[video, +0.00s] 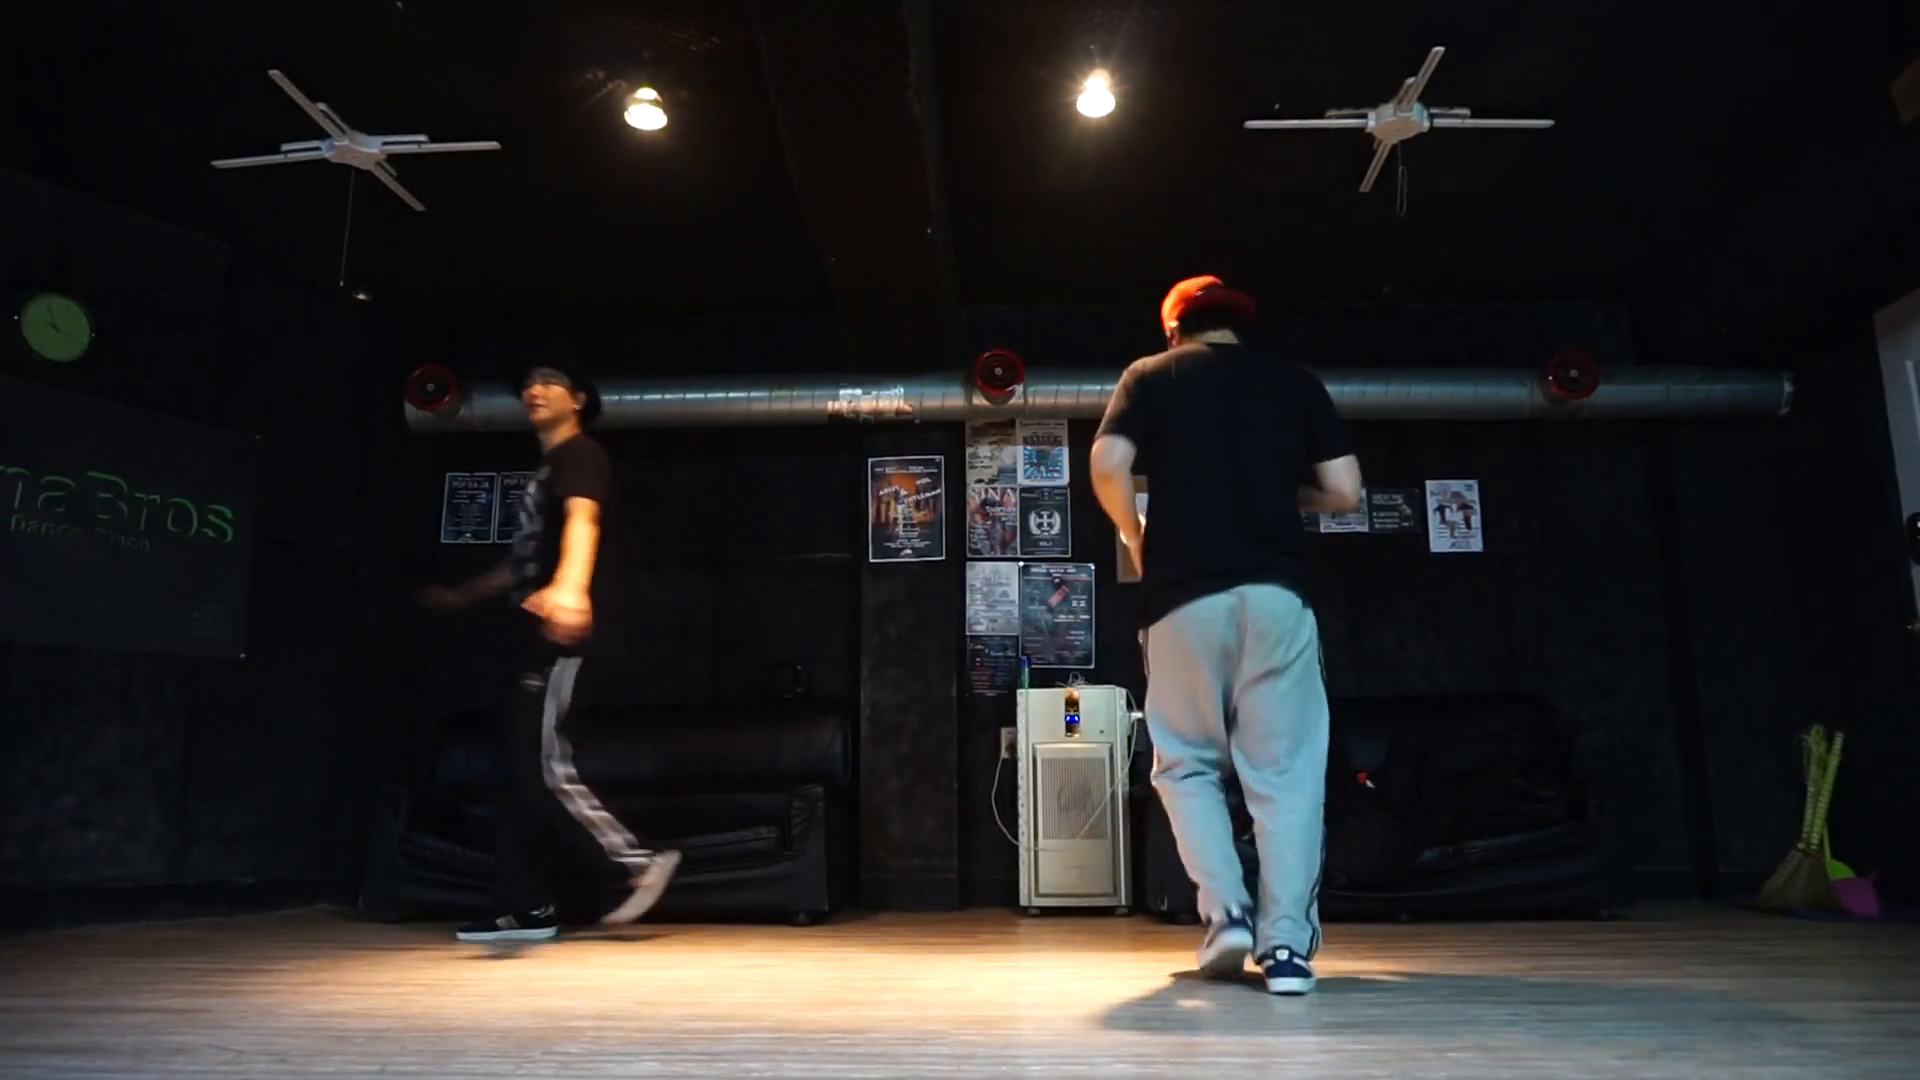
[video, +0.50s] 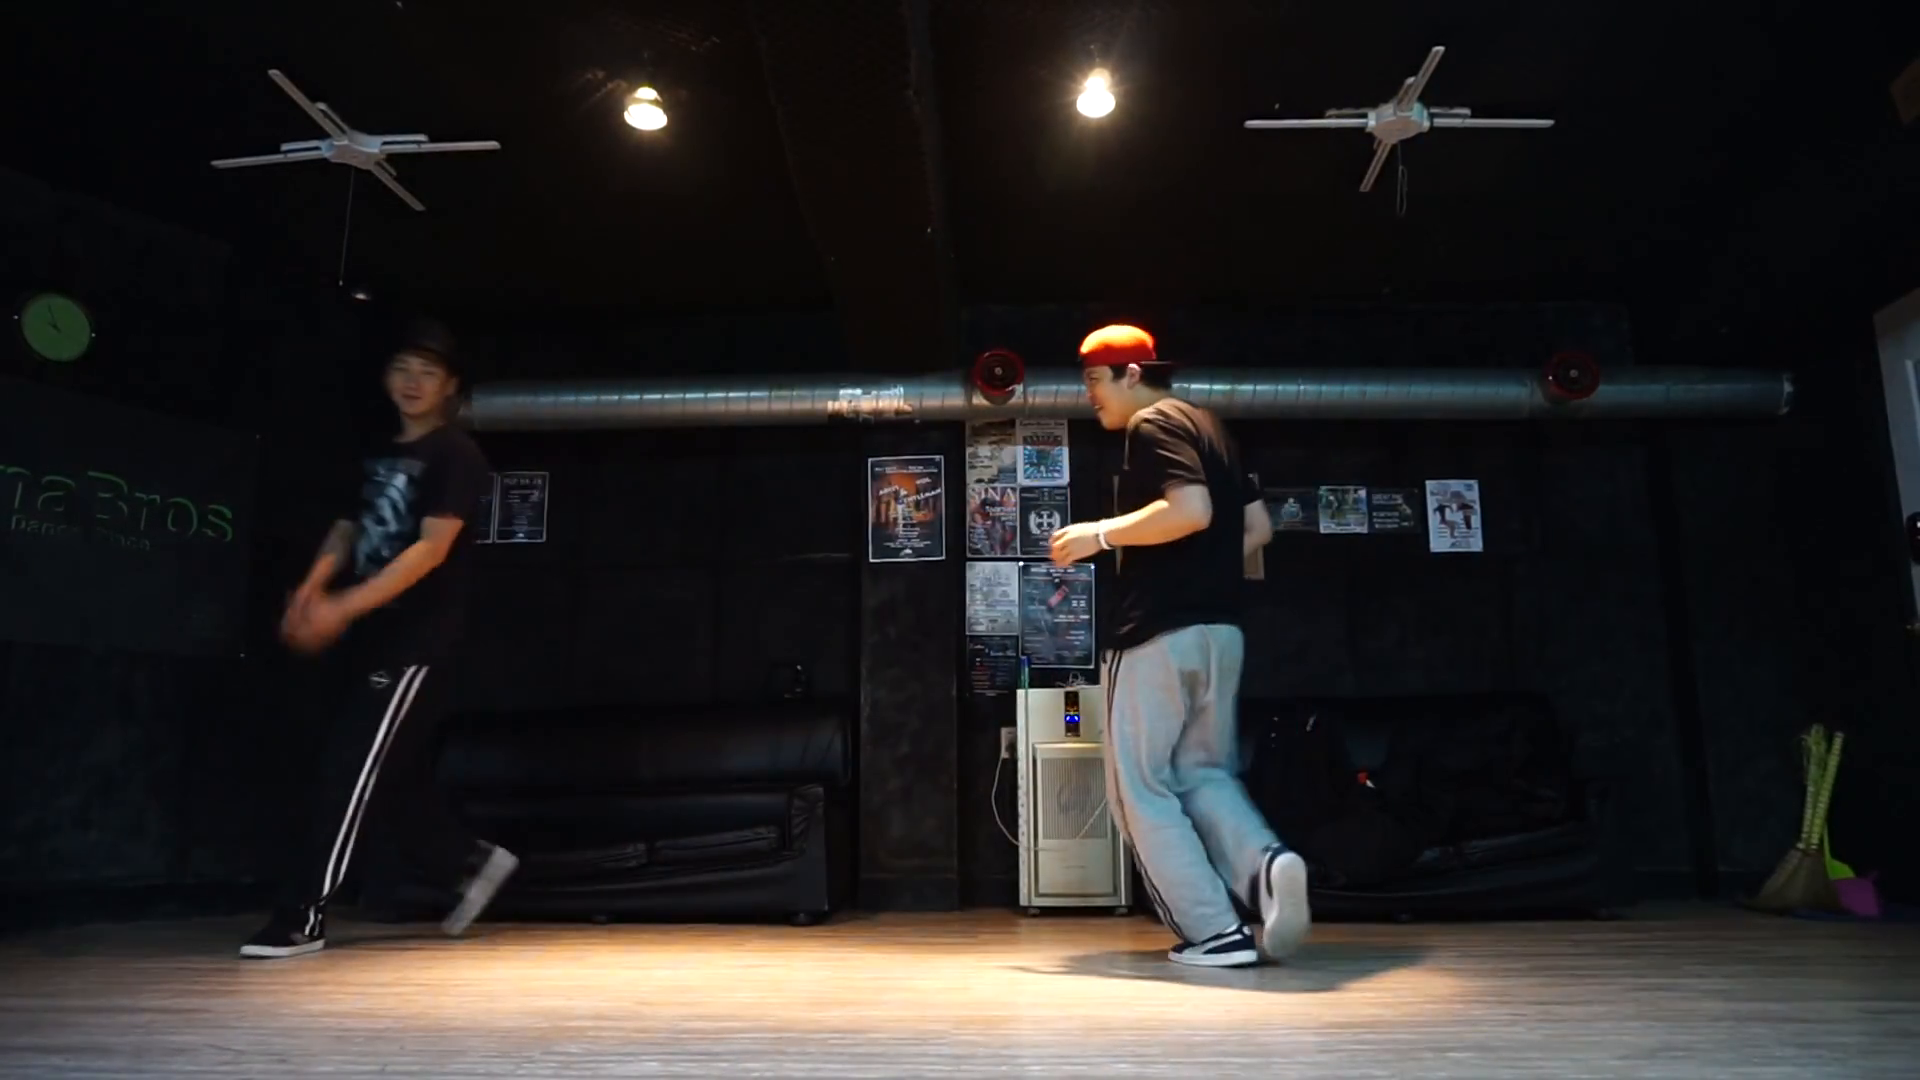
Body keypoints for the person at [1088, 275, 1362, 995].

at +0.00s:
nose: (1171, 340)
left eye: (1169, 330)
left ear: (1174, 331)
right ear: (1241, 324)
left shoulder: (1148, 377)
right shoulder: (1291, 378)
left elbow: (1107, 461)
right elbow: (1342, 491)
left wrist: (1132, 533)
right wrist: (1274, 490)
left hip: (1185, 596)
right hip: (1276, 592)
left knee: (1187, 764)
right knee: (1285, 775)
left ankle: (1227, 919)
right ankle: (1288, 948)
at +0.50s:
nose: (1090, 395)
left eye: (1094, 381)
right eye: (1088, 382)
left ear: (1126, 374)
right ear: (1148, 374)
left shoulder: (1152, 423)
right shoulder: (1209, 424)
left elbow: (1187, 510)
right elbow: (1255, 526)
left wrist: (1099, 533)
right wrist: (1185, 549)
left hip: (1159, 635)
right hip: (1220, 630)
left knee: (1141, 788)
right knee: (1205, 770)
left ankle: (1216, 936)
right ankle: (1263, 869)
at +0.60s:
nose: (1081, 392)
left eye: (1087, 378)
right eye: (1080, 380)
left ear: (1119, 372)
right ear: (1131, 373)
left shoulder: (1146, 423)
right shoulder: (1191, 423)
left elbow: (1180, 506)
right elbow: (1243, 524)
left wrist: (1088, 530)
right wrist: (1174, 560)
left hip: (1153, 634)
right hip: (1203, 629)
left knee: (1134, 788)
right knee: (1163, 770)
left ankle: (1216, 935)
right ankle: (1237, 885)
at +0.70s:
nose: (1068, 380)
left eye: (1076, 368)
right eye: (1068, 369)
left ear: (1112, 367)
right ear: (1117, 372)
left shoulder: (1132, 413)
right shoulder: (1166, 417)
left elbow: (1165, 490)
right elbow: (1228, 510)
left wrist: (1068, 518)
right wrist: (1157, 552)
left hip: (1146, 620)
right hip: (1178, 616)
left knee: (1144, 781)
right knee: (1120, 776)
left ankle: (1219, 930)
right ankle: (1154, 913)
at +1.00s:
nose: (1026, 406)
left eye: (1037, 394)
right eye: (1023, 397)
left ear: (1071, 395)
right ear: (1035, 405)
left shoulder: (1084, 435)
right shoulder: (1101, 441)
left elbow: (1111, 494)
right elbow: (1166, 528)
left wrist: (1025, 534)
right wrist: (1099, 564)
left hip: (1105, 645)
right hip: (1091, 643)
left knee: (1085, 787)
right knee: (1061, 782)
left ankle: (1200, 892)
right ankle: (1090, 923)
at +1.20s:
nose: (1002, 415)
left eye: (1014, 404)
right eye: (997, 407)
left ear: (1047, 409)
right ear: (995, 418)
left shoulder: (1067, 454)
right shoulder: (1049, 466)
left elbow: (1109, 513)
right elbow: (1073, 549)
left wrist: (1048, 570)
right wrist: (1020, 562)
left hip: (1063, 646)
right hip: (1079, 647)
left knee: (994, 773)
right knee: (1035, 776)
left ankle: (1108, 878)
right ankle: (1086, 914)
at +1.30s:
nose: (992, 405)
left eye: (1004, 392)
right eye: (986, 396)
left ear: (1037, 399)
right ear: (984, 407)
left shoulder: (1058, 448)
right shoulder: (1033, 460)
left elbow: (1111, 508)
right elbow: (1038, 553)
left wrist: (1057, 570)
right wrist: (977, 548)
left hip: (1046, 643)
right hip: (1057, 643)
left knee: (978, 765)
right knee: (1044, 778)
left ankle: (1045, 904)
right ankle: (1093, 916)